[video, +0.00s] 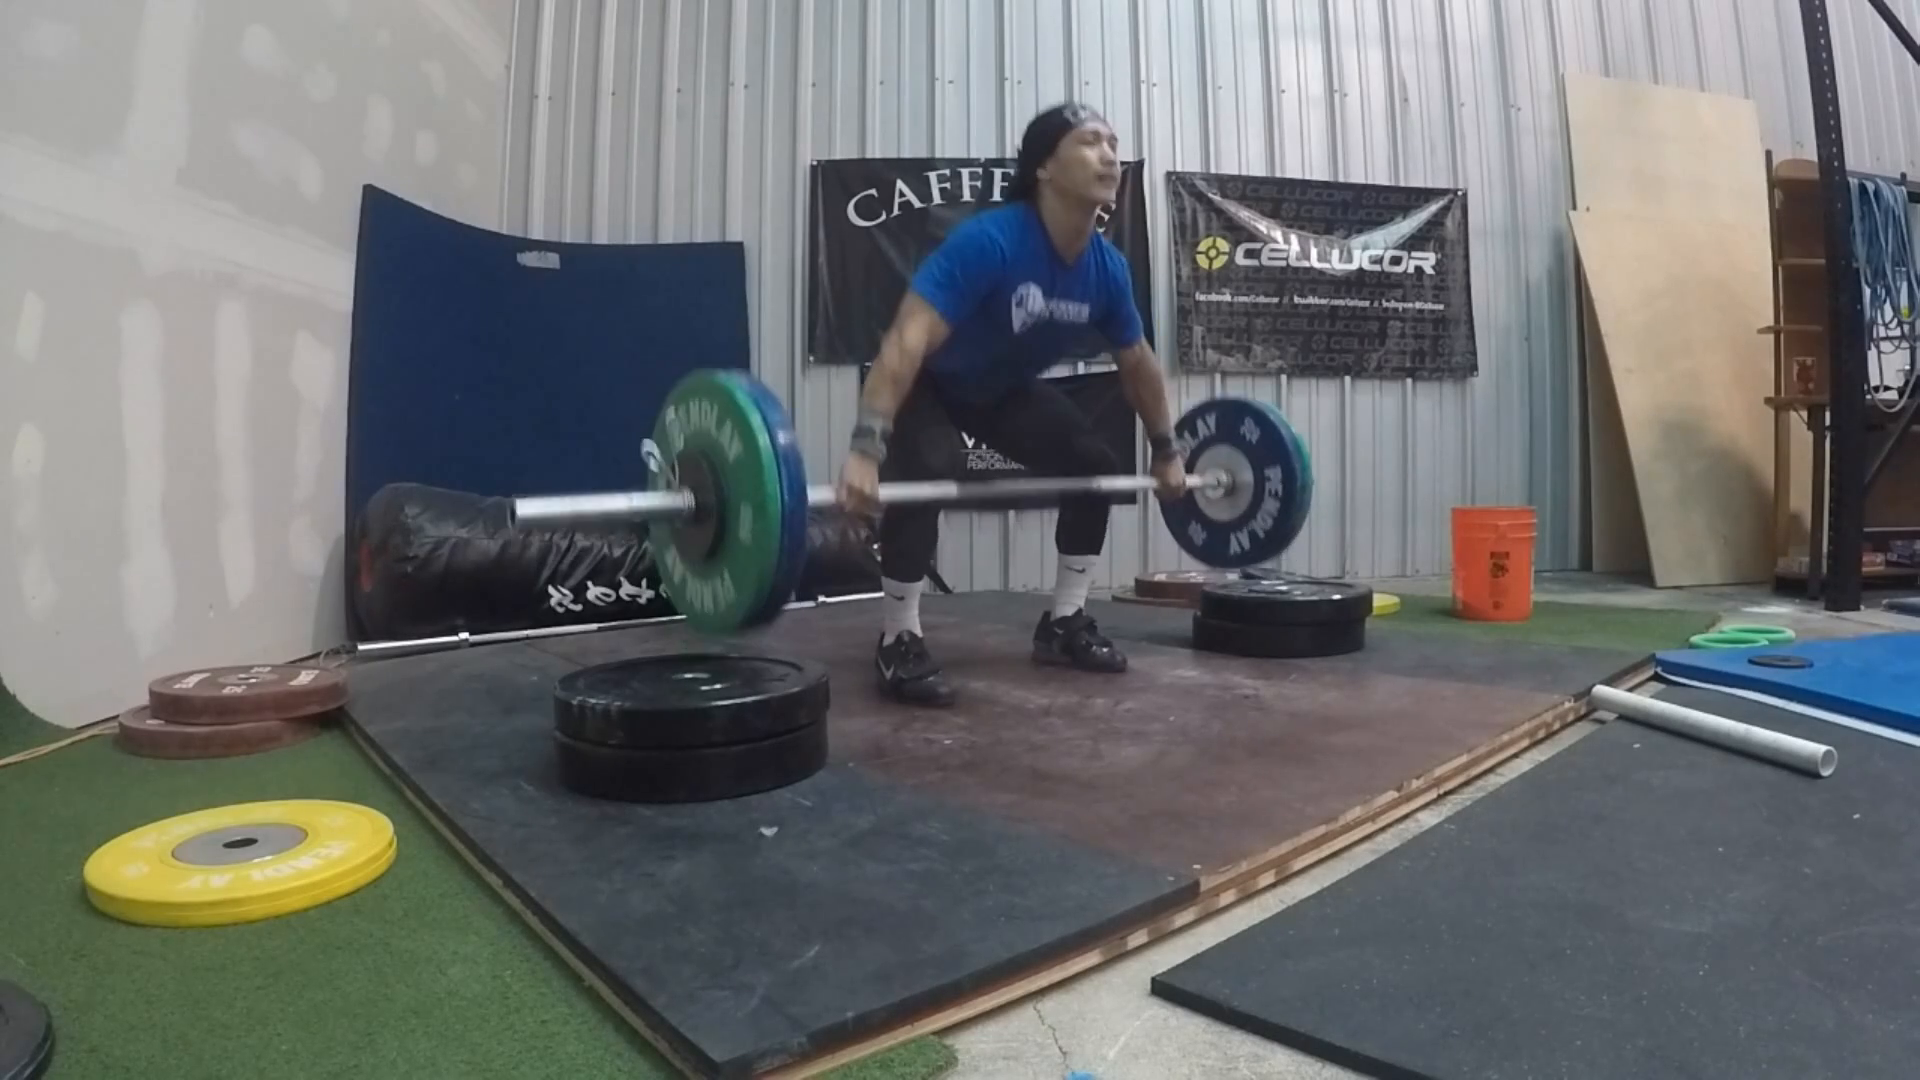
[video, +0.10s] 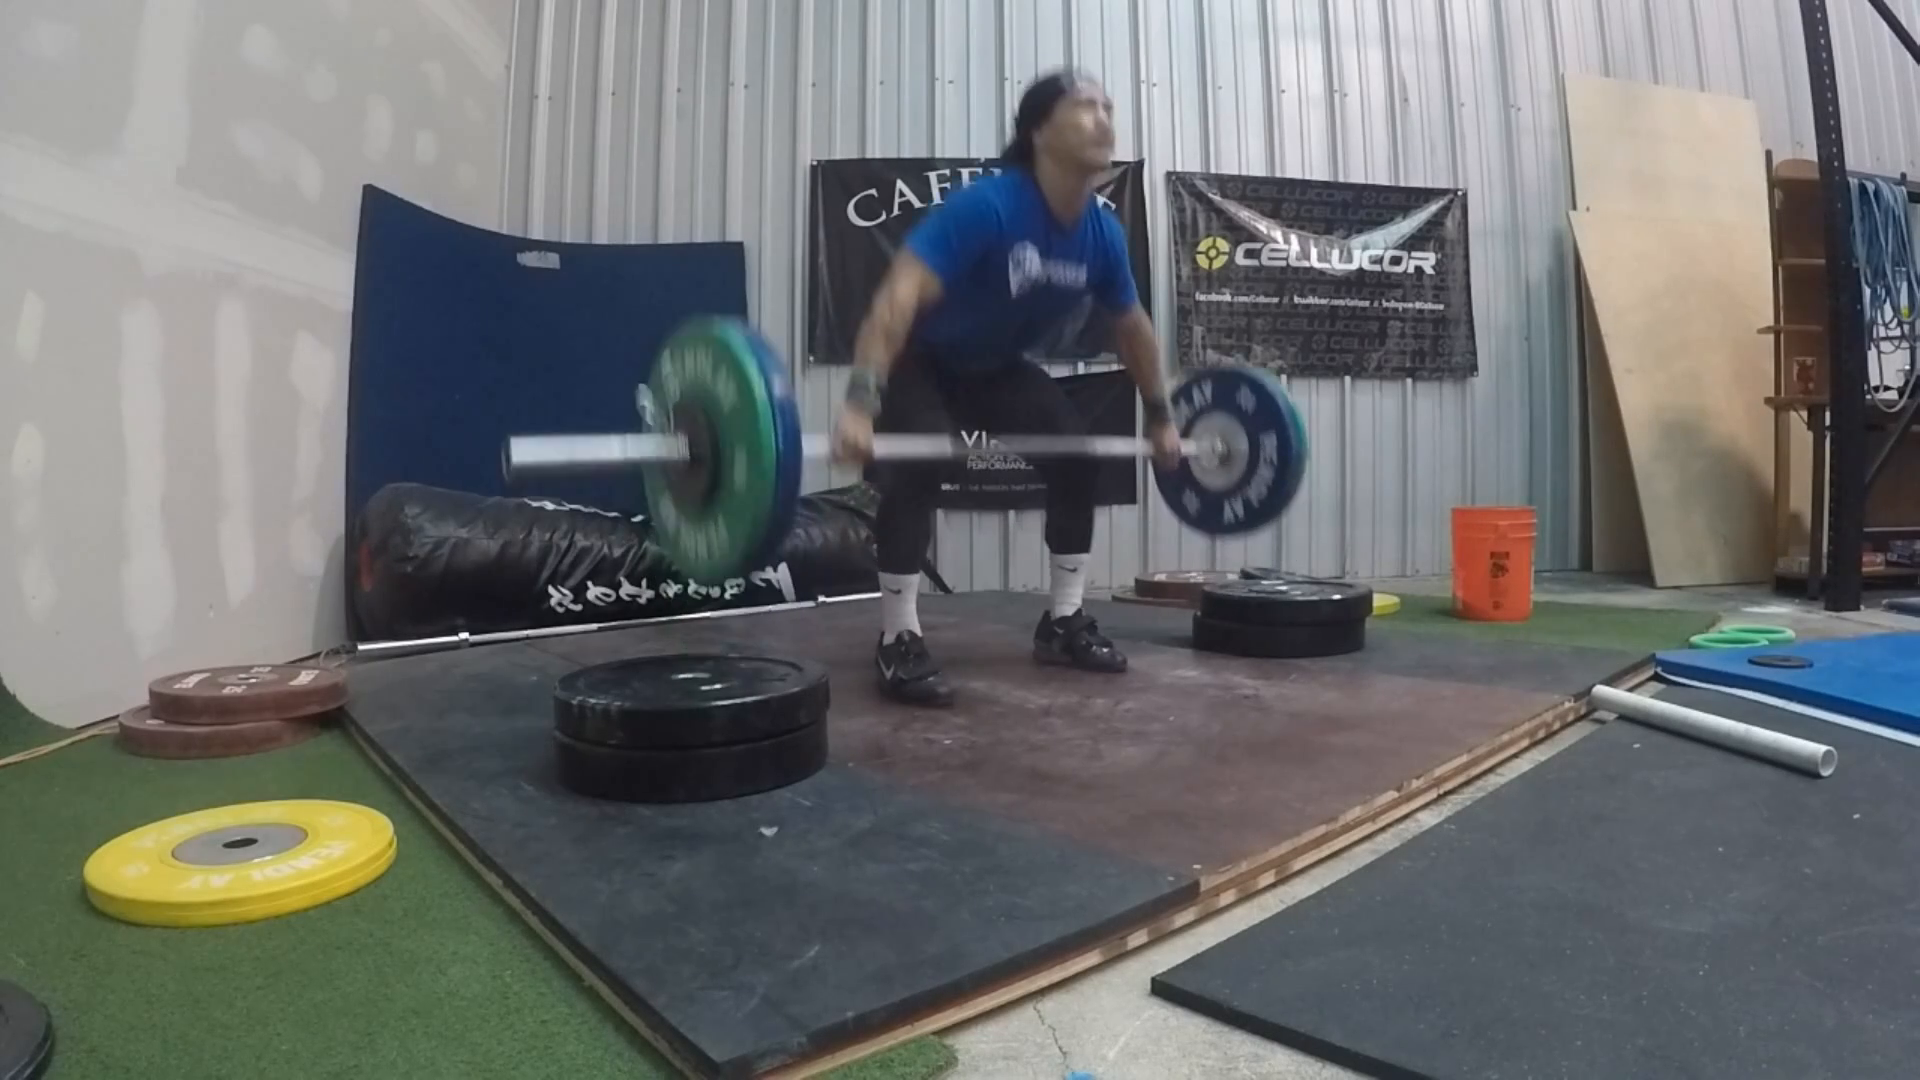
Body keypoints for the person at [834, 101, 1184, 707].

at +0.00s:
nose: (1110, 156)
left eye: (1113, 146)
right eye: (1090, 143)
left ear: (1115, 172)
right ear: (1044, 168)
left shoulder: (1106, 267)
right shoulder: (987, 243)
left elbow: (1137, 361)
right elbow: (908, 337)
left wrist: (1166, 451)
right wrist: (865, 448)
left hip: (1002, 390)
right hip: (923, 384)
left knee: (1094, 463)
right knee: (925, 470)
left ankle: (1065, 620)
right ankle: (900, 640)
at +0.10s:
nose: (1104, 119)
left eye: (1106, 109)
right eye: (1085, 108)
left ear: (1111, 132)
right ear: (1040, 133)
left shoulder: (1102, 231)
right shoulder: (984, 206)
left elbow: (1131, 324)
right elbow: (900, 294)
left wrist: (1162, 417)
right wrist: (860, 400)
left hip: (996, 367)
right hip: (920, 361)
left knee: (1076, 451)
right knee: (917, 459)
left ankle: (1064, 620)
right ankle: (899, 639)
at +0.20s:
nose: (1084, 63)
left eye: (1085, 55)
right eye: (1063, 53)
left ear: (1089, 85)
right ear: (1022, 81)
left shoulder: (1090, 183)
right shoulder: (972, 159)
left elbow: (1124, 277)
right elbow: (884, 233)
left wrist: (1152, 365)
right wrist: (853, 333)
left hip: (1001, 347)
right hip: (916, 340)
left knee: (1074, 454)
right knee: (924, 459)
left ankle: (1063, 620)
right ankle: (901, 639)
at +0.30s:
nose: (1012, 19)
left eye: (1014, 15)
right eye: (993, 15)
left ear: (1022, 49)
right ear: (962, 48)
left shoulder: (1055, 134)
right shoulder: (941, 112)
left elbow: (1097, 223)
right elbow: (858, 176)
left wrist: (1143, 309)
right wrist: (841, 266)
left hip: (1037, 331)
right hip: (957, 329)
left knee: (1111, 460)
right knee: (963, 456)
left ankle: (1072, 613)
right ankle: (908, 632)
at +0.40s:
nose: (937, 20)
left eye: (938, 18)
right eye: (917, 21)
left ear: (949, 46)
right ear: (891, 49)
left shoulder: (1005, 111)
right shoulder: (890, 83)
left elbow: (1067, 181)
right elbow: (833, 126)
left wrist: (1138, 244)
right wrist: (837, 183)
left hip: (1035, 276)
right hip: (959, 271)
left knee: (1077, 422)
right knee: (954, 416)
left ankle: (1086, 600)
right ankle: (912, 620)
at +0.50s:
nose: (902, 72)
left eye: (904, 67)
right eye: (886, 68)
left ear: (915, 87)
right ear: (858, 92)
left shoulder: (953, 136)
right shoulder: (859, 130)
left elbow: (1038, 185)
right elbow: (797, 146)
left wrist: (1134, 200)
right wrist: (824, 127)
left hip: (1009, 292)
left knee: (1080, 441)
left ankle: (1041, 595)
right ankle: (871, 615)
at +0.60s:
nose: (914, 139)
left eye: (920, 133)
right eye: (898, 133)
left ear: (932, 155)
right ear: (873, 155)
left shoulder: (971, 213)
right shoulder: (865, 201)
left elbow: (1043, 237)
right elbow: (786, 197)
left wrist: (1108, 187)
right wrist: (804, 123)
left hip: (998, 404)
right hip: (926, 406)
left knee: (1110, 499)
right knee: (916, 517)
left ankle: (1016, 605)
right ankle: (854, 631)